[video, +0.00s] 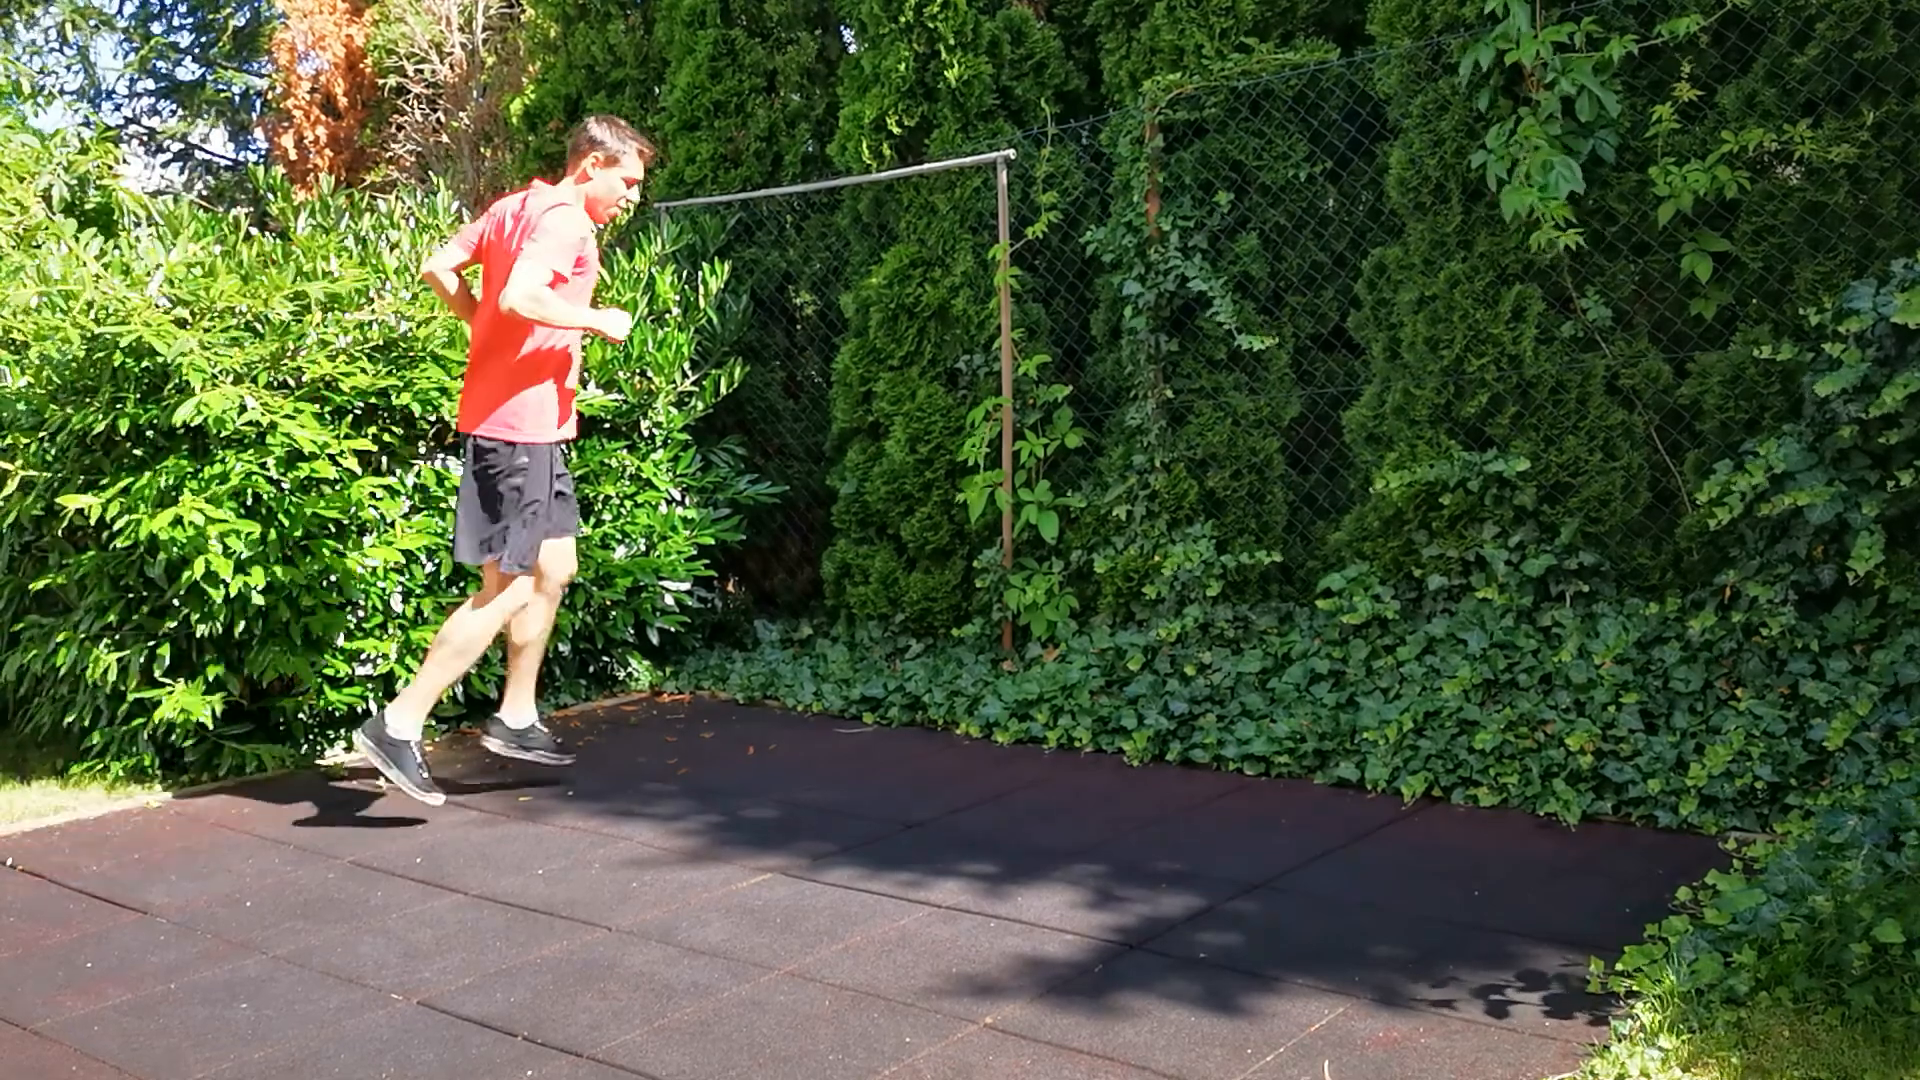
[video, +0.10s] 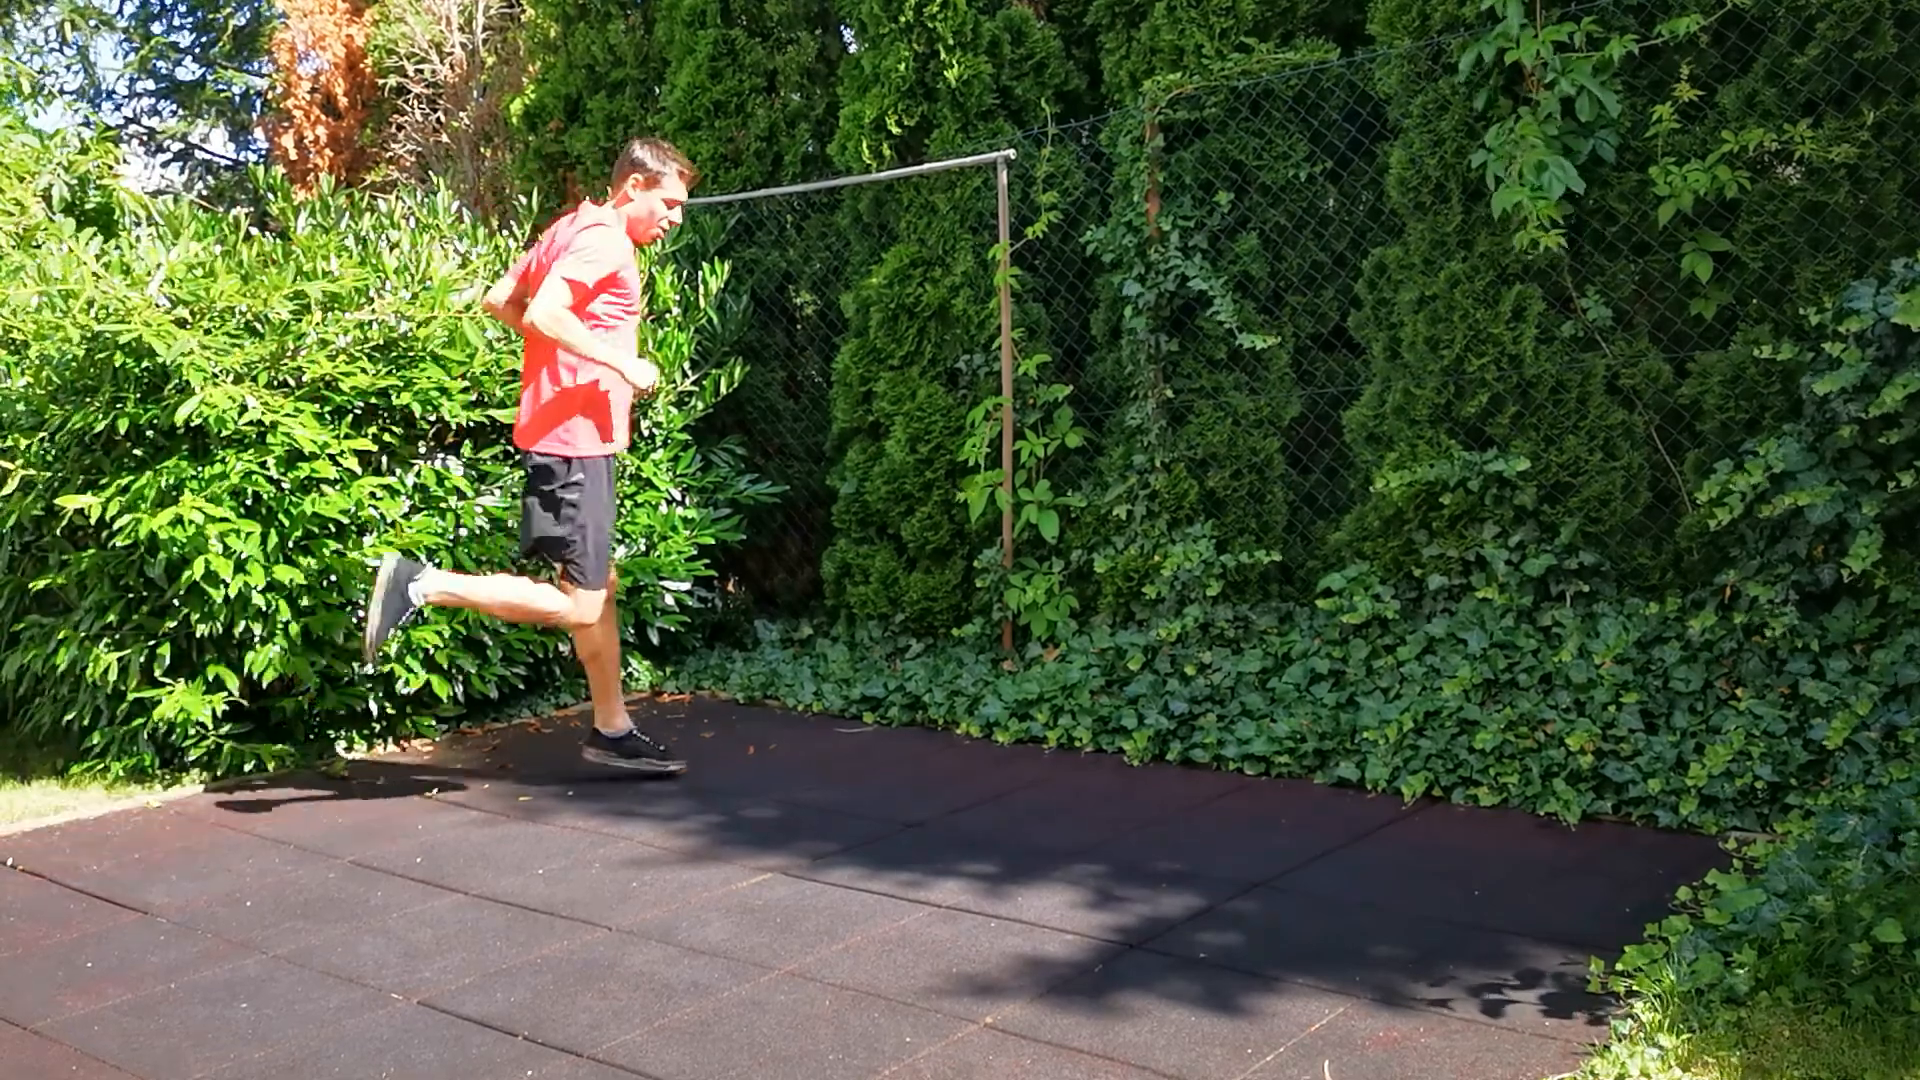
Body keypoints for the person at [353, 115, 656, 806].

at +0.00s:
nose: (633, 198)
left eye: (638, 186)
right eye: (628, 183)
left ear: (583, 171)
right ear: (591, 168)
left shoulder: (519, 203)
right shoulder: (565, 217)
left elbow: (441, 267)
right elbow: (519, 297)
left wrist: (493, 328)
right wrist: (594, 317)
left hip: (528, 429)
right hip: (516, 431)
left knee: (555, 567)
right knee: (505, 590)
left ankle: (516, 718)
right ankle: (399, 726)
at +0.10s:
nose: (673, 221)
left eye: (678, 210)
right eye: (670, 206)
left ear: (630, 193)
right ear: (631, 188)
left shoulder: (574, 226)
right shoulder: (604, 237)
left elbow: (502, 300)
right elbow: (547, 312)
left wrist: (572, 347)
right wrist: (622, 363)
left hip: (575, 440)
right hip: (572, 442)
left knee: (597, 589)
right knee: (577, 604)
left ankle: (612, 730)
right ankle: (419, 584)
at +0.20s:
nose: (715, 255)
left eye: (719, 243)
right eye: (708, 241)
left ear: (682, 233)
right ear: (670, 226)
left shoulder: (660, 285)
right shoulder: (634, 279)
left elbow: (625, 370)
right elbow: (564, 359)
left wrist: (673, 400)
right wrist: (610, 440)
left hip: (652, 487)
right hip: (618, 488)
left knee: (668, 614)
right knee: (636, 641)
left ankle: (612, 748)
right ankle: (546, 523)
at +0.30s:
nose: (759, 232)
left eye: (764, 221)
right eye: (751, 217)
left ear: (746, 215)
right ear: (714, 204)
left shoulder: (713, 274)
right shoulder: (670, 260)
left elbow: (690, 360)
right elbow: (584, 320)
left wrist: (749, 354)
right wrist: (613, 409)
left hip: (685, 466)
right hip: (659, 465)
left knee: (673, 598)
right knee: (733, 599)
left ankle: (616, 738)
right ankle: (579, 571)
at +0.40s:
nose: (803, 193)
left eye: (809, 182)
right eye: (796, 179)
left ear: (801, 178)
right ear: (758, 165)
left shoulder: (770, 234)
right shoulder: (710, 217)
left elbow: (745, 303)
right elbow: (621, 270)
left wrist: (792, 296)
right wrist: (659, 359)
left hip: (728, 421)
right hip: (707, 419)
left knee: (704, 564)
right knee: (775, 562)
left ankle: (625, 692)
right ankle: (675, 678)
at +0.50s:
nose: (848, 194)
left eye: (855, 183)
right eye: (840, 181)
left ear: (848, 179)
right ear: (801, 167)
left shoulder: (820, 232)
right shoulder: (747, 223)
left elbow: (780, 309)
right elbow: (668, 288)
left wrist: (828, 321)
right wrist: (717, 362)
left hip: (792, 427)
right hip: (751, 426)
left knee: (770, 572)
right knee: (789, 579)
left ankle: (631, 577)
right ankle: (801, 732)